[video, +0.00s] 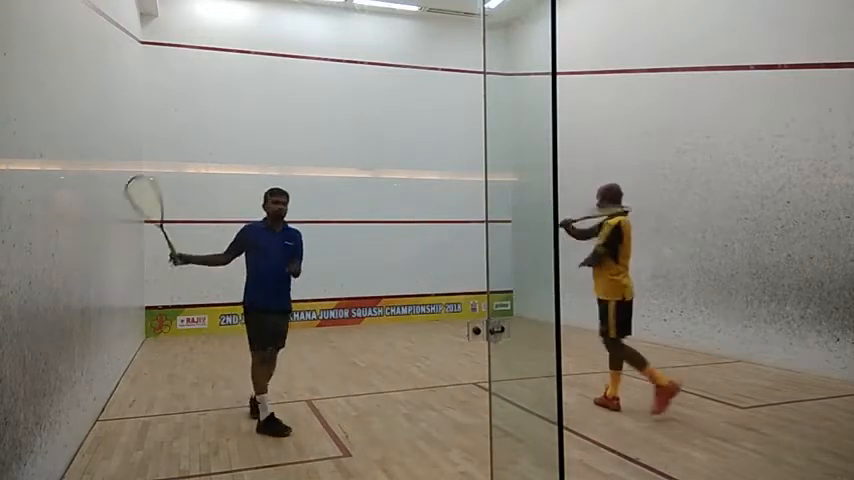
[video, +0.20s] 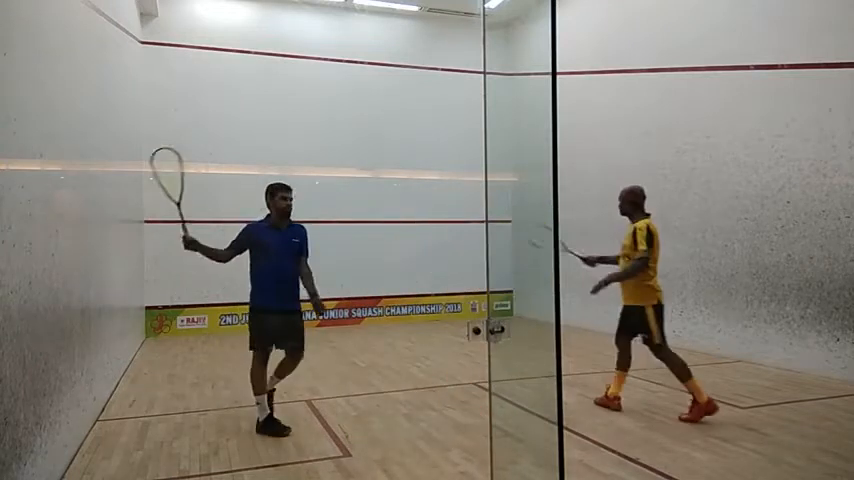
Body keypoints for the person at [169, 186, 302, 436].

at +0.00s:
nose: (279, 207)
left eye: (283, 203)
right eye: (274, 203)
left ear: (287, 207)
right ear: (265, 205)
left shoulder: (293, 236)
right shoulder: (250, 232)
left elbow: (296, 271)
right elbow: (224, 258)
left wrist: (294, 268)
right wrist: (187, 258)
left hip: (280, 305)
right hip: (255, 304)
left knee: (272, 356)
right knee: (260, 357)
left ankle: (258, 398)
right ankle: (266, 417)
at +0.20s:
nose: (288, 203)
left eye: (290, 200)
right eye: (283, 199)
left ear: (292, 203)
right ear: (270, 202)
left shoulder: (298, 232)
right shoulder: (254, 231)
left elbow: (303, 267)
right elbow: (224, 256)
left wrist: (314, 297)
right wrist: (197, 246)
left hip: (290, 307)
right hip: (263, 307)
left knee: (295, 355)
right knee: (261, 356)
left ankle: (268, 386)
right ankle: (264, 418)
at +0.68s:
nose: (340, 208)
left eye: (340, 204)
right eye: (337, 204)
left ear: (328, 206)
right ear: (324, 205)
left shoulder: (333, 232)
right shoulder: (301, 231)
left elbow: (350, 261)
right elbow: (280, 257)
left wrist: (382, 265)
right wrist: (283, 240)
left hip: (322, 307)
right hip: (300, 308)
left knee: (340, 348)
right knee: (291, 358)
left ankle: (352, 406)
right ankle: (269, 415)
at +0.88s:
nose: (365, 211)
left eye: (365, 206)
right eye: (362, 206)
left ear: (348, 207)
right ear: (351, 207)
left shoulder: (348, 232)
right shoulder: (335, 235)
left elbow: (351, 256)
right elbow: (343, 262)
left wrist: (369, 262)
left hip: (344, 304)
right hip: (330, 305)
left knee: (355, 348)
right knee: (333, 354)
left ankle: (355, 406)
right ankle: (288, 402)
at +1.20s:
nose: (397, 211)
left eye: (396, 206)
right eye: (395, 206)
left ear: (375, 205)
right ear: (390, 207)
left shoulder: (354, 225)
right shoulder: (393, 239)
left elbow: (337, 256)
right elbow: (388, 274)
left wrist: (341, 277)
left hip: (352, 302)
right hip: (377, 303)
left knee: (363, 349)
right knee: (391, 346)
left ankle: (357, 402)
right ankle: (372, 395)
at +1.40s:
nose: (416, 210)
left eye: (414, 205)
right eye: (416, 206)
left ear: (395, 204)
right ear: (415, 207)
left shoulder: (378, 224)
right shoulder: (418, 237)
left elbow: (356, 258)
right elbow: (405, 270)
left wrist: (333, 283)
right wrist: (374, 279)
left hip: (376, 303)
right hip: (404, 303)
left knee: (372, 349)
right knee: (419, 347)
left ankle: (359, 404)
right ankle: (437, 400)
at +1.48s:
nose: (426, 210)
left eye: (423, 205)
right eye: (427, 206)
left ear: (407, 205)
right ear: (427, 208)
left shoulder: (390, 226)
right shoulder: (431, 238)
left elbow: (371, 258)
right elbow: (421, 271)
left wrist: (346, 285)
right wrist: (390, 286)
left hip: (388, 302)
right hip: (417, 304)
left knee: (380, 350)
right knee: (431, 349)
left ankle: (362, 403)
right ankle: (443, 400)